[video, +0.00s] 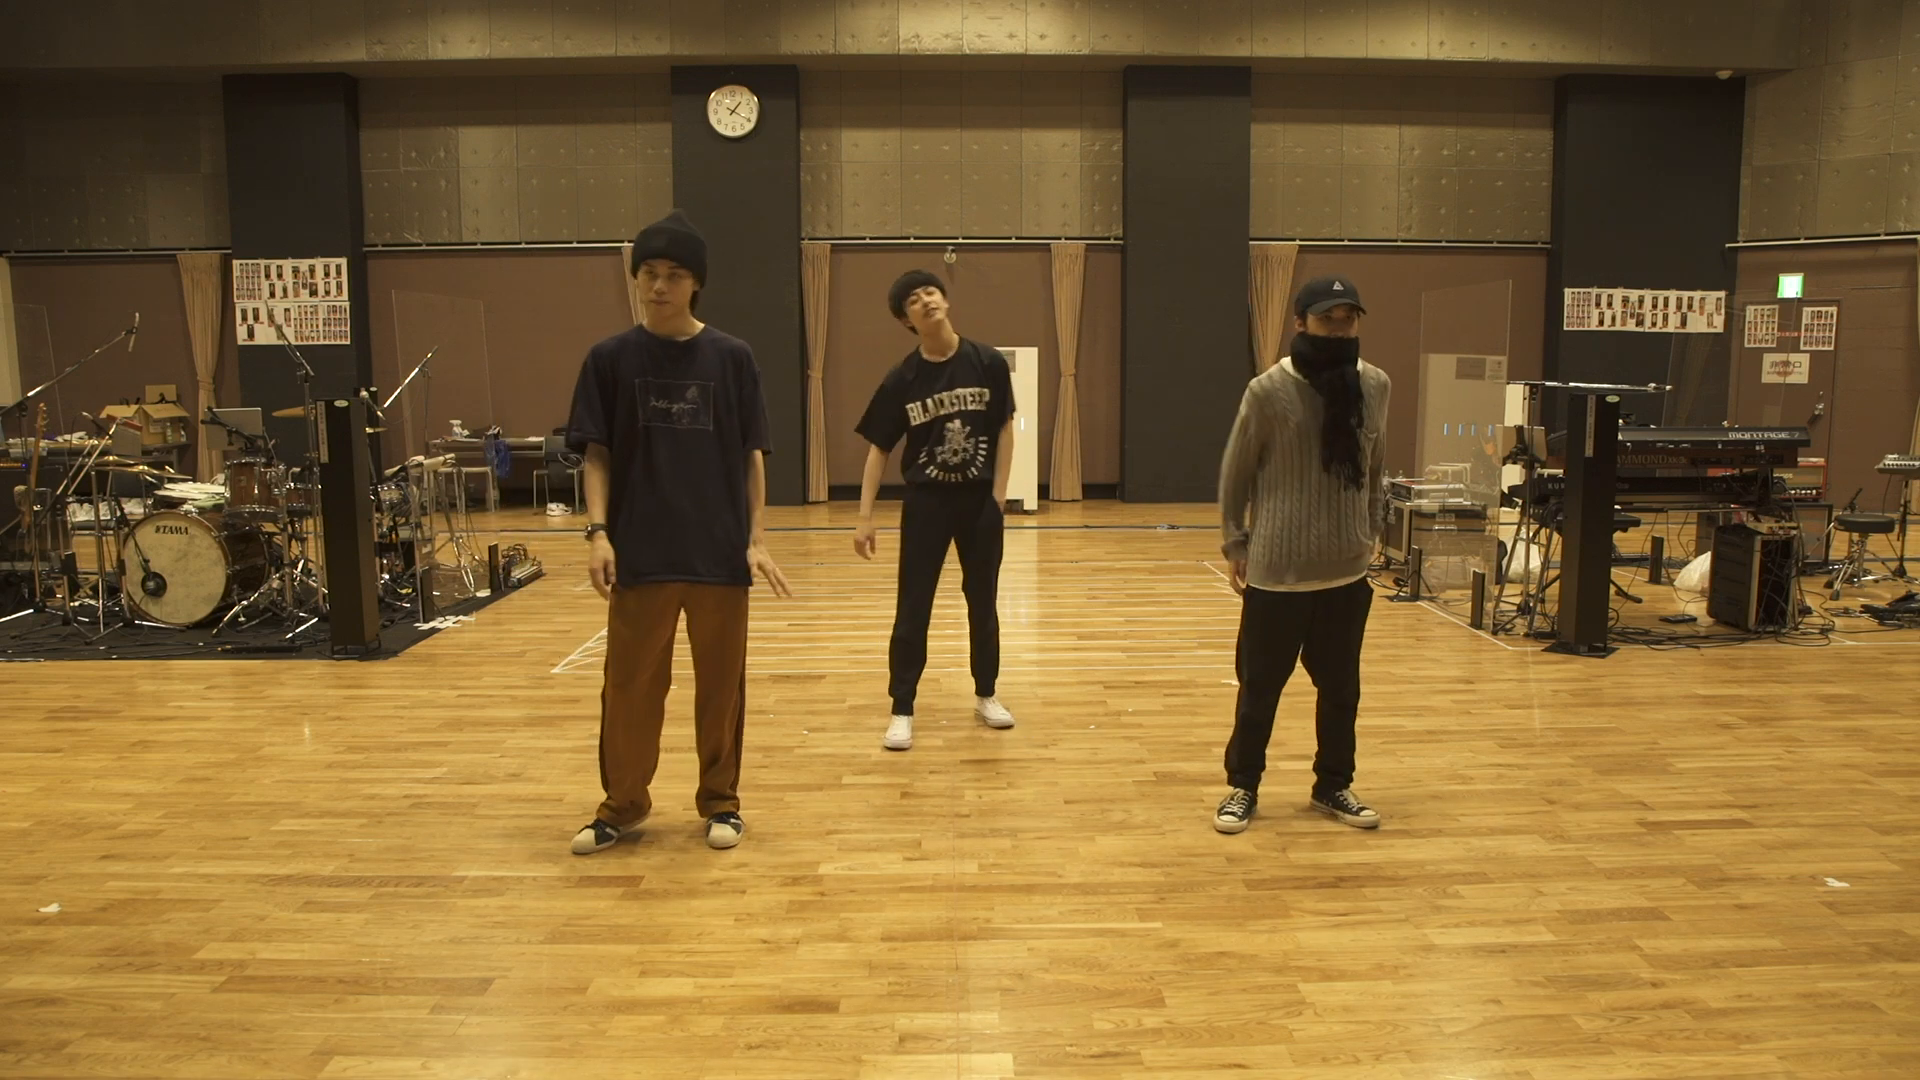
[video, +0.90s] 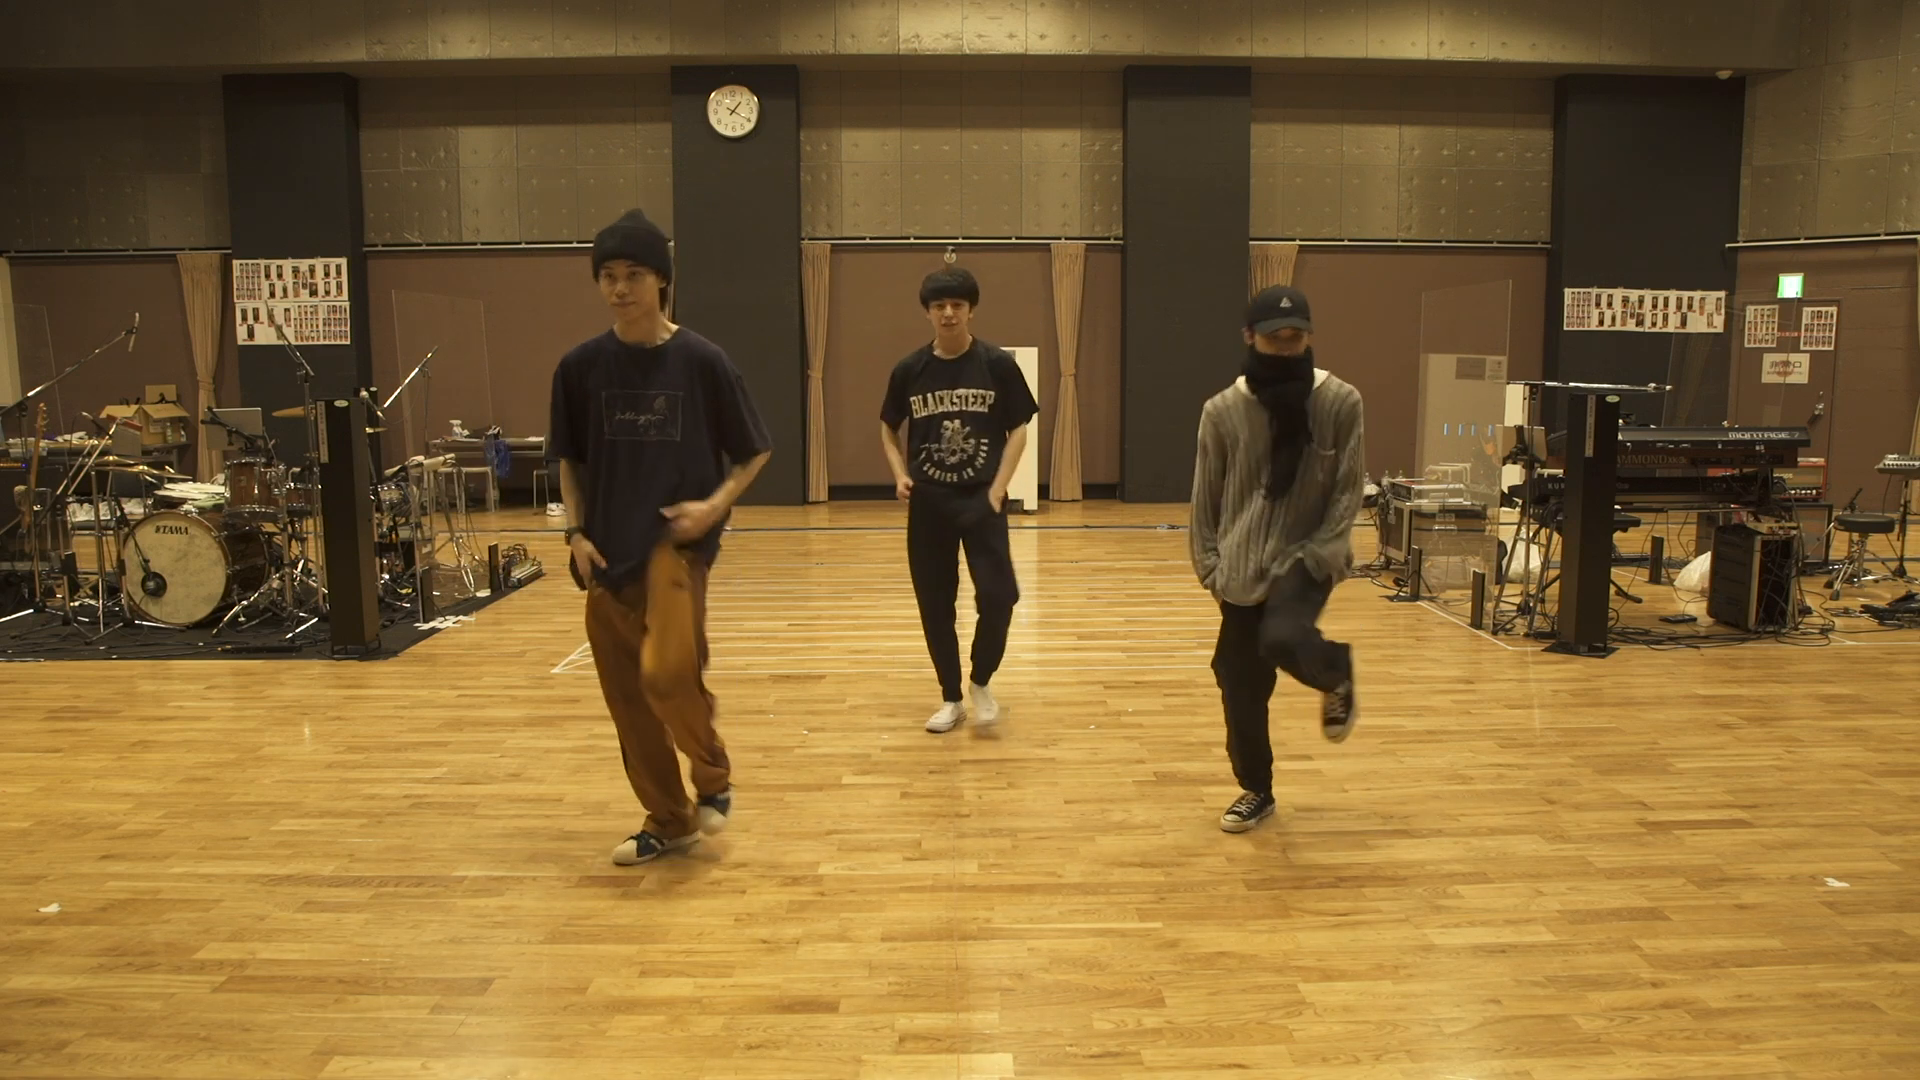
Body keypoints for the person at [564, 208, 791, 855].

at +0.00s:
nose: (658, 286)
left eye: (672, 275)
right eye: (649, 274)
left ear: (696, 283)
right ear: (635, 281)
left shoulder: (731, 358)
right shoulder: (610, 359)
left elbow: (752, 456)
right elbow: (595, 455)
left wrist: (756, 539)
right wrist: (598, 533)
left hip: (719, 552)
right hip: (640, 553)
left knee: (722, 685)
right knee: (629, 687)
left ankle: (721, 802)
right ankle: (622, 807)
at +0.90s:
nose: (620, 289)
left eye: (633, 276)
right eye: (609, 278)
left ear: (663, 280)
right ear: (598, 287)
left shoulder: (702, 362)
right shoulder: (579, 368)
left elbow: (754, 451)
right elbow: (570, 460)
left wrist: (715, 506)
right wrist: (576, 530)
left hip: (676, 551)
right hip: (607, 557)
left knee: (666, 678)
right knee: (628, 698)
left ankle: (711, 774)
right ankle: (668, 818)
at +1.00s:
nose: (591, 288)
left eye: (604, 274)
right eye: (579, 277)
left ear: (635, 278)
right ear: (569, 283)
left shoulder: (670, 353)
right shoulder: (571, 349)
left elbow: (739, 436)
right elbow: (583, 438)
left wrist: (677, 501)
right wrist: (589, 506)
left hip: (668, 533)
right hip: (609, 531)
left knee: (622, 658)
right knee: (623, 668)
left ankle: (669, 792)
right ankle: (659, 808)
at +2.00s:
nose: (610, 308)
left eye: (622, 297)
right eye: (600, 297)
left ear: (651, 296)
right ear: (588, 298)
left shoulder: (688, 368)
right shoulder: (589, 372)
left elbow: (727, 464)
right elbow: (602, 465)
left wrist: (708, 553)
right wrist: (605, 530)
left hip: (694, 559)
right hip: (629, 558)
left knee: (686, 682)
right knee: (625, 688)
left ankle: (679, 778)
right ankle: (628, 807)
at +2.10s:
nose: (623, 316)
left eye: (636, 305)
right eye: (613, 304)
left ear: (662, 305)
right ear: (600, 304)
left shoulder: (702, 373)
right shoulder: (591, 375)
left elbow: (761, 453)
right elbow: (601, 462)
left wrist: (728, 534)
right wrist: (612, 527)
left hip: (708, 559)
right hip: (640, 560)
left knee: (721, 687)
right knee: (625, 690)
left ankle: (720, 766)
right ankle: (631, 807)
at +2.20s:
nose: (651, 314)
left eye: (664, 304)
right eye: (642, 302)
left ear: (690, 303)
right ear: (629, 300)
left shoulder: (734, 369)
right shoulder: (609, 364)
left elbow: (785, 437)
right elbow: (611, 444)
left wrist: (756, 504)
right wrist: (618, 512)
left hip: (724, 555)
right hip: (646, 559)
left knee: (772, 675)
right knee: (621, 690)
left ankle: (806, 791)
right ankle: (624, 808)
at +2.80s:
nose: (572, 304)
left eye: (583, 289)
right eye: (560, 294)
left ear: (616, 288)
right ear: (554, 301)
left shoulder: (662, 373)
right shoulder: (559, 364)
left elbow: (721, 453)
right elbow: (563, 443)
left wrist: (661, 505)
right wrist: (553, 506)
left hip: (639, 553)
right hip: (571, 549)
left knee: (684, 690)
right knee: (551, 683)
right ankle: (547, 805)